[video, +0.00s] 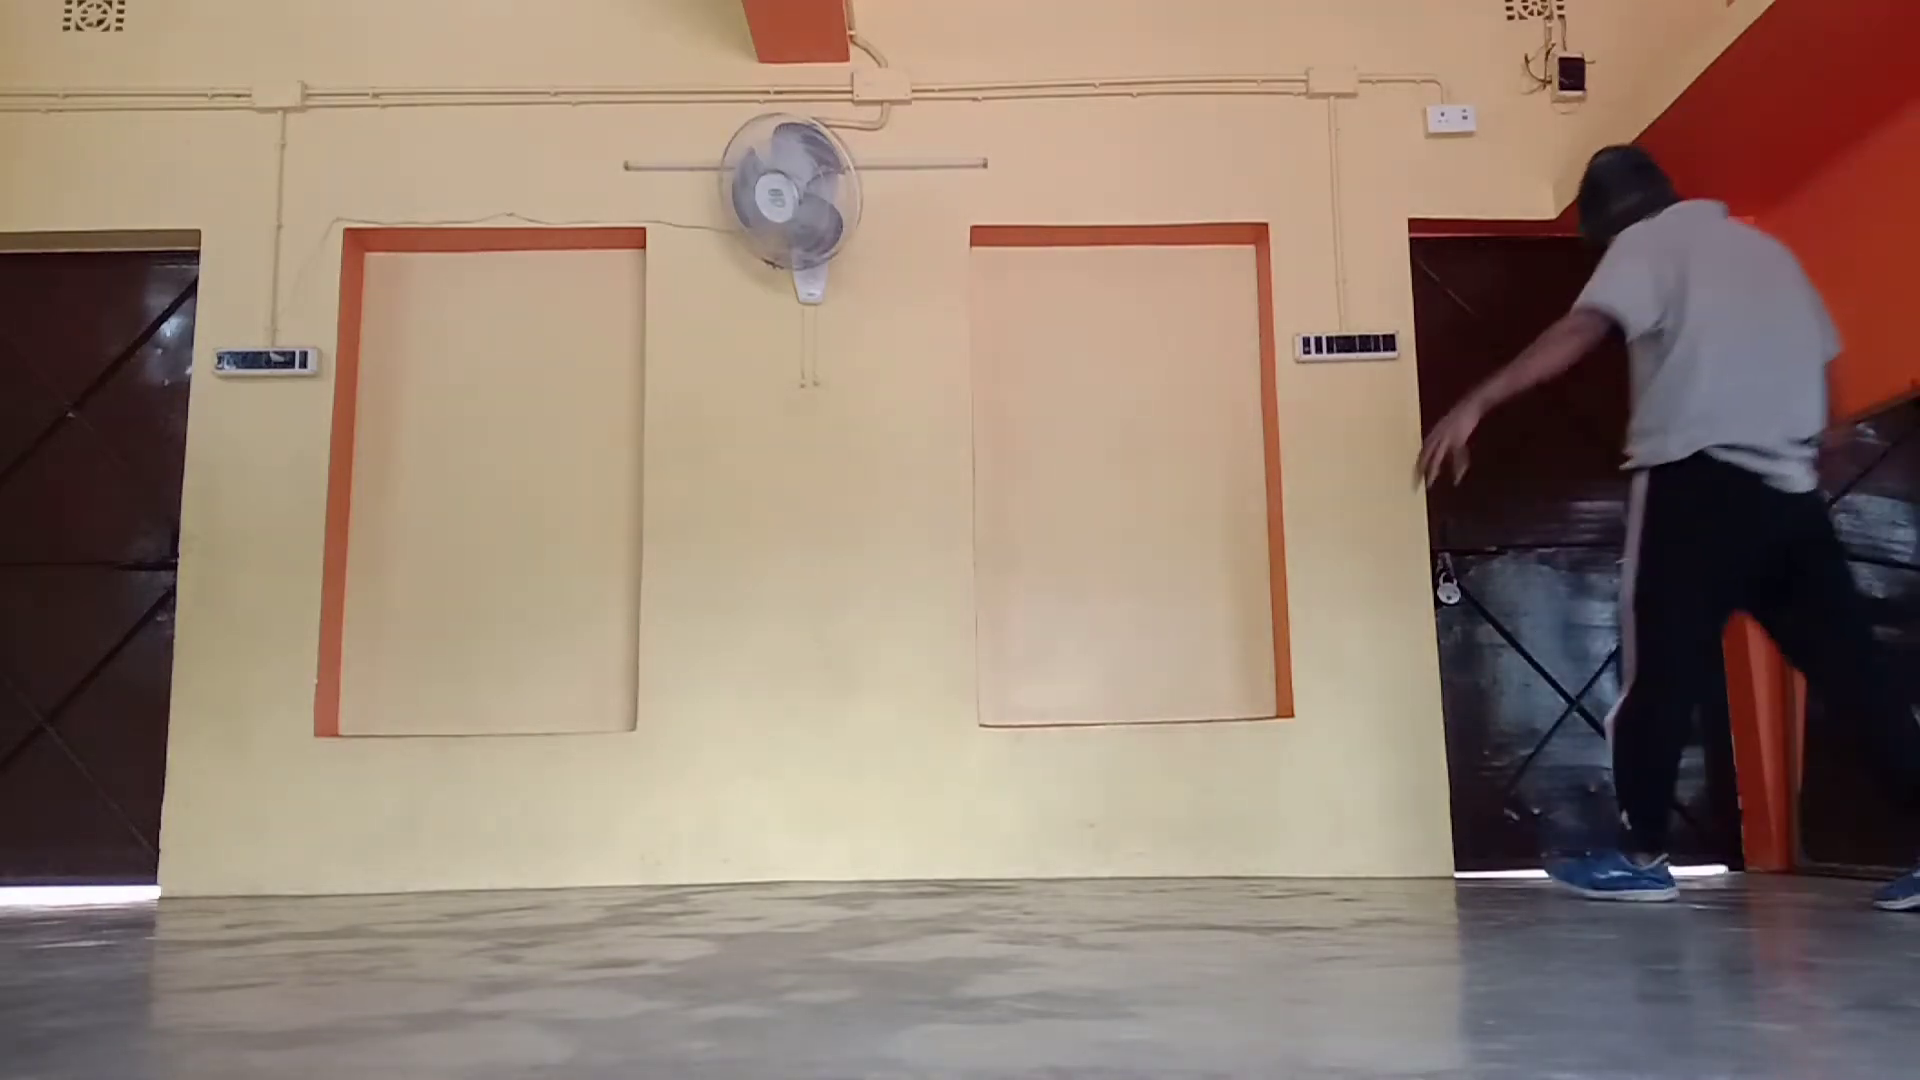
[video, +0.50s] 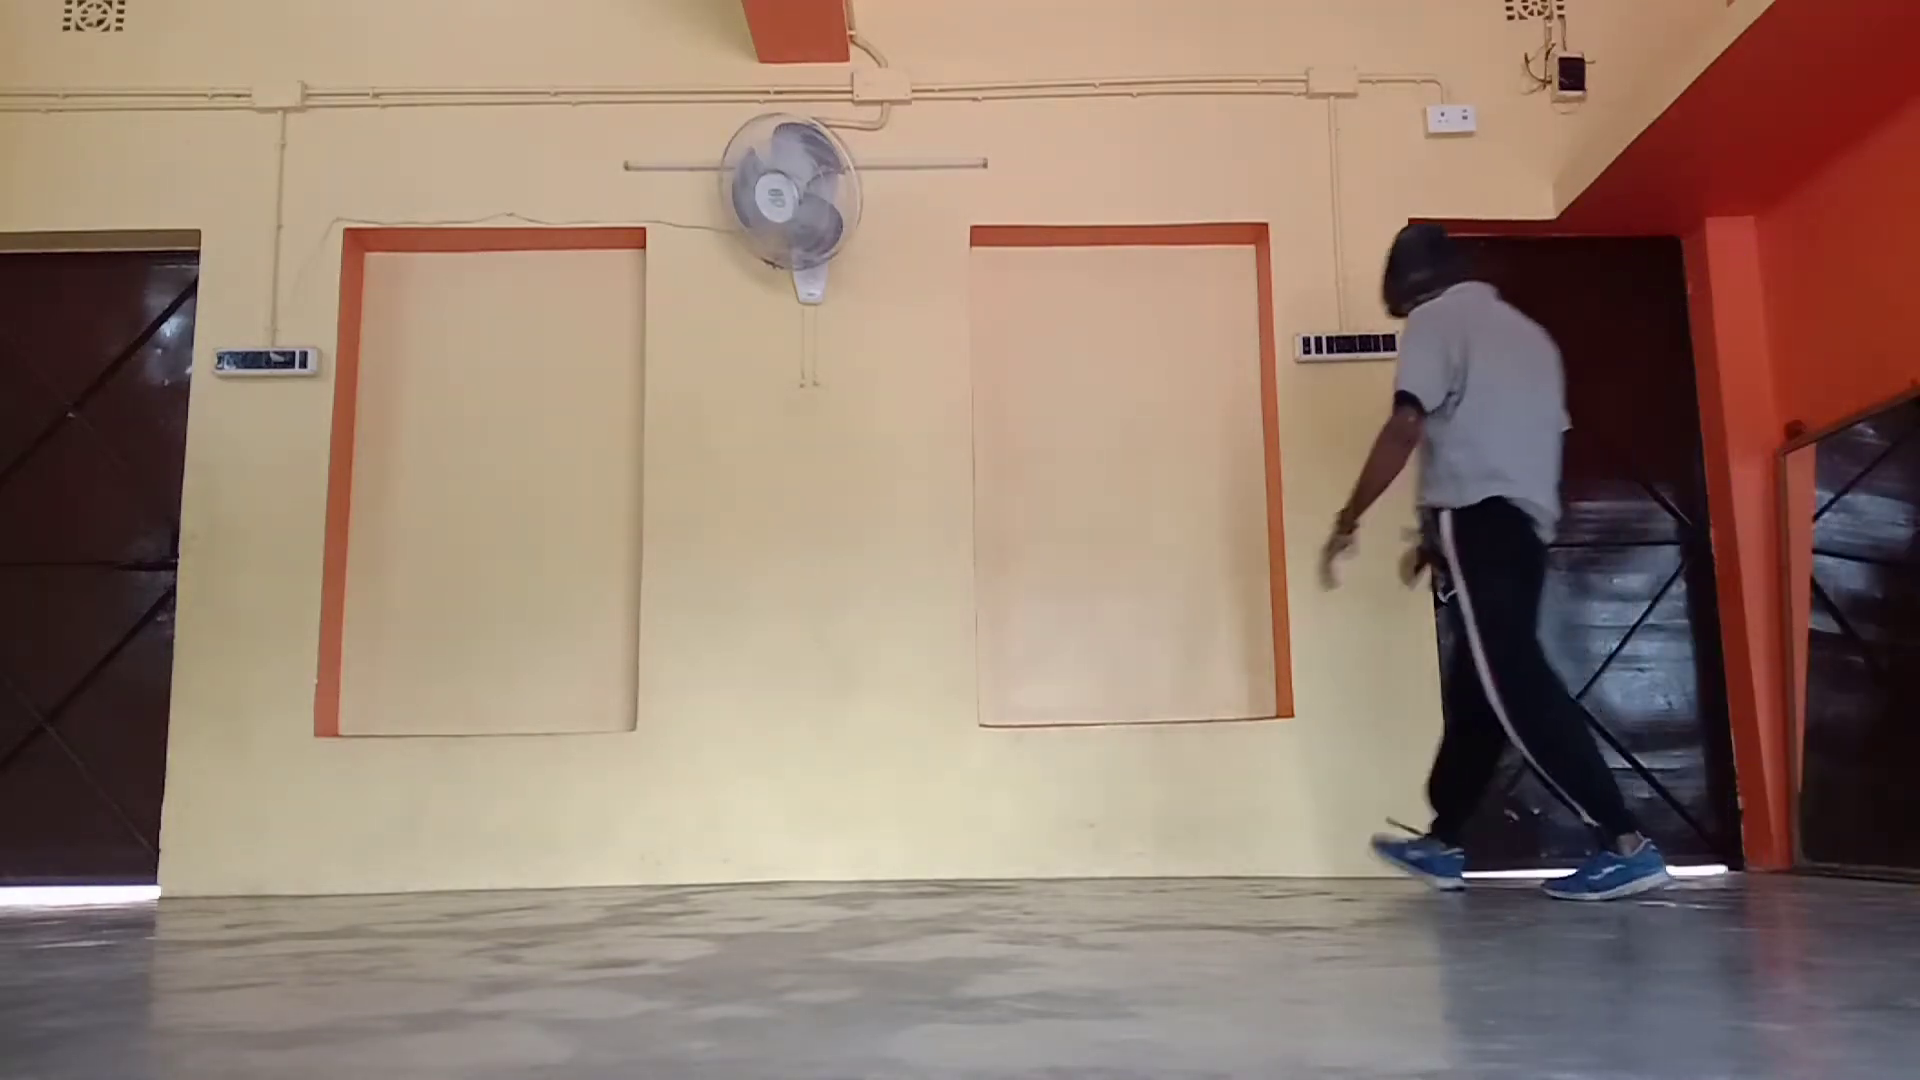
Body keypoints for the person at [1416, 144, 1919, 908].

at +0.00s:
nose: (1603, 243)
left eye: (1600, 230)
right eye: (1598, 234)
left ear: (1609, 212)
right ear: (1663, 185)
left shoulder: (1650, 240)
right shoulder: (1771, 252)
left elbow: (1580, 332)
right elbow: (1823, 373)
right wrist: (1800, 465)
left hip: (1690, 491)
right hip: (1786, 500)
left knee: (1663, 668)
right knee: (1857, 674)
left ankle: (1641, 849)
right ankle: (1916, 854)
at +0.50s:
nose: (1398, 303)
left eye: (1398, 289)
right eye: (1394, 289)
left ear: (1417, 274)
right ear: (1458, 268)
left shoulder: (1435, 318)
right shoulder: (1528, 333)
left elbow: (1406, 424)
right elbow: (1525, 446)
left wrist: (1349, 516)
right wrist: (1441, 530)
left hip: (1477, 513)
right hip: (1524, 516)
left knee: (1511, 674)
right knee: (1475, 679)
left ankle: (1625, 843)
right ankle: (1446, 840)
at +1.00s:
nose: (1205, 375)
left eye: (1201, 362)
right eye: (1198, 366)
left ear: (1219, 343)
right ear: (1241, 330)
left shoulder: (1257, 370)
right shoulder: (1298, 372)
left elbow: (1301, 453)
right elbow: (1323, 468)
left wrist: (1335, 547)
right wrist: (1343, 558)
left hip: (1270, 554)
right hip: (1316, 555)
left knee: (1233, 698)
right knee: (1359, 700)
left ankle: (1195, 843)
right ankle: (1419, 836)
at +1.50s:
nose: (1033, 378)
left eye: (1030, 367)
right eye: (1026, 370)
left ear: (1047, 353)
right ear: (1058, 344)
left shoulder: (1113, 374)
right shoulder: (1086, 387)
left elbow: (1181, 449)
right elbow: (1122, 465)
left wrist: (1124, 529)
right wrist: (1095, 539)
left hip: (1128, 568)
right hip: (1098, 571)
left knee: (1135, 704)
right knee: (1072, 702)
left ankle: (1181, 841)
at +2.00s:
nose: (983, 329)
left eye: (995, 314)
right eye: (970, 316)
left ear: (1015, 309)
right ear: (955, 312)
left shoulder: (1061, 368)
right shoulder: (935, 381)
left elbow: (1108, 438)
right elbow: (913, 460)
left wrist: (1103, 493)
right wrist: (916, 504)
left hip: (1052, 558)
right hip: (971, 566)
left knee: (1077, 695)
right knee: (958, 704)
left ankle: (1097, 837)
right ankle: (981, 842)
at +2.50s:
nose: (1025, 270)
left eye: (1036, 261)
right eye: (1012, 262)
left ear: (1053, 281)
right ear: (992, 281)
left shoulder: (1083, 367)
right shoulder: (955, 355)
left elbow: (1151, 422)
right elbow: (883, 405)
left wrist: (1193, 428)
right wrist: (824, 421)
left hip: (1048, 553)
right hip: (964, 552)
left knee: (1067, 703)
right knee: (936, 700)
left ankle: (1086, 851)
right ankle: (921, 847)